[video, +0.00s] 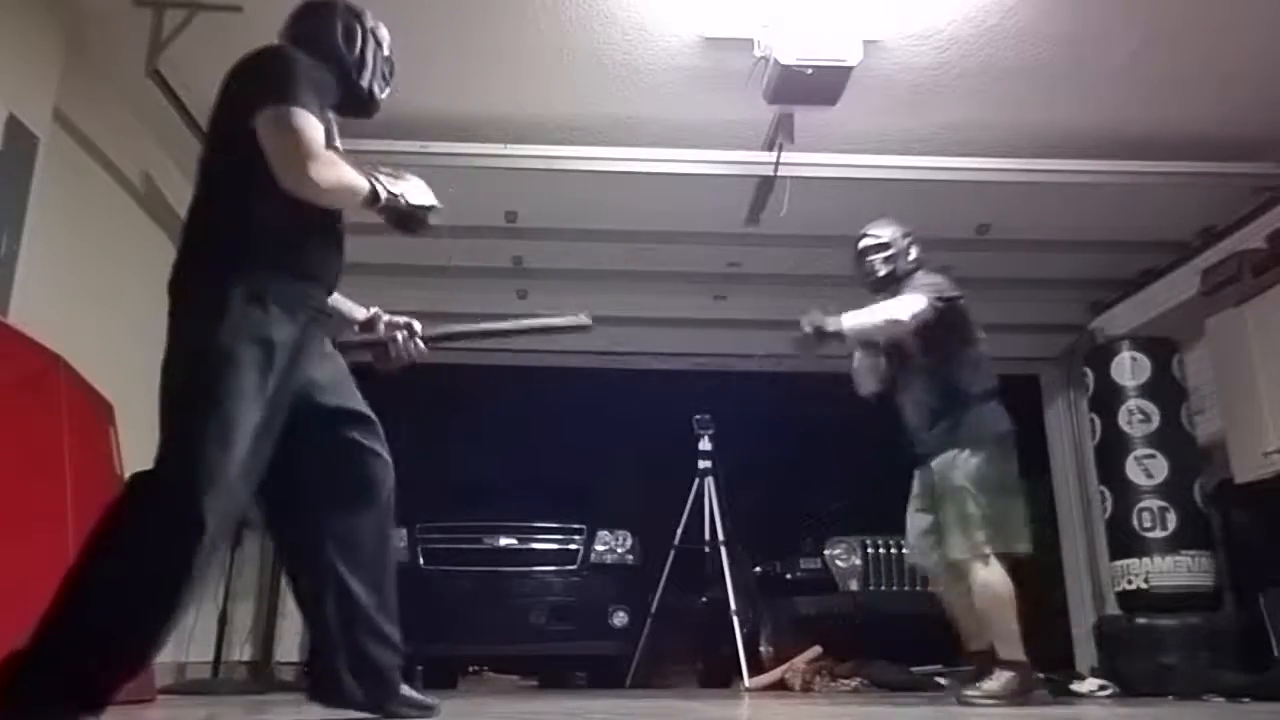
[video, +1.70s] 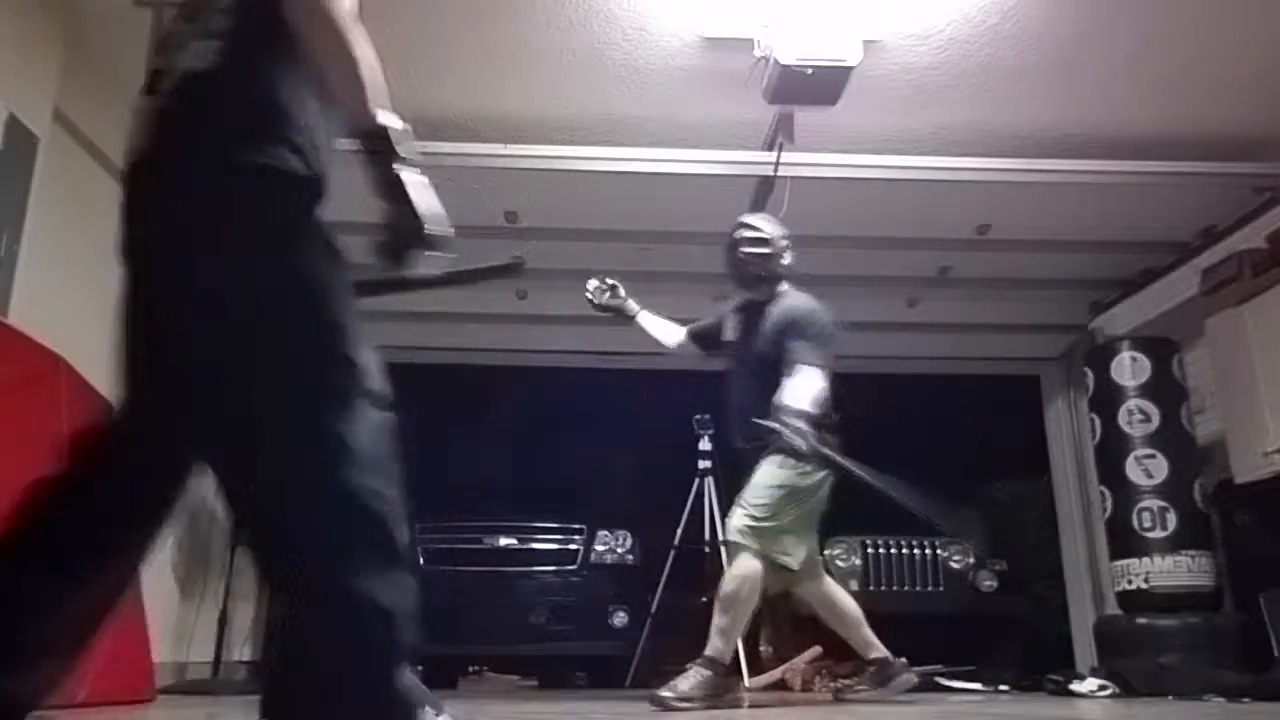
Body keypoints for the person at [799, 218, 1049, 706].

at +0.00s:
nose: (874, 263)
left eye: (882, 252)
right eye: (866, 257)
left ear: (907, 250)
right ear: (861, 266)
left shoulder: (931, 286)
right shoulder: (883, 312)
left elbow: (902, 316)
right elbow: (868, 385)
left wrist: (831, 324)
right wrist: (867, 334)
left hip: (971, 443)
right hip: (935, 452)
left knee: (975, 554)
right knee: (934, 558)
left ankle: (1015, 667)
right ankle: (979, 660)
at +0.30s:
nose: (853, 281)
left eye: (861, 270)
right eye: (846, 274)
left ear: (888, 269)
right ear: (841, 280)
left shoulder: (911, 302)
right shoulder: (853, 322)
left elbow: (900, 354)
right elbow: (815, 381)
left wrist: (838, 377)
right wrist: (839, 324)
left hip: (940, 431)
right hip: (910, 439)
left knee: (899, 527)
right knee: (929, 550)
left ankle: (967, 646)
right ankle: (957, 660)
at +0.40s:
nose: (849, 280)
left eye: (858, 269)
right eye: (840, 273)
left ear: (884, 270)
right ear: (835, 281)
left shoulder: (904, 304)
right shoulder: (846, 329)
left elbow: (893, 351)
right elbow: (825, 383)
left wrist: (839, 371)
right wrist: (812, 335)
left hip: (930, 438)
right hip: (893, 448)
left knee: (892, 531)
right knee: (914, 555)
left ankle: (900, 655)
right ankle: (944, 665)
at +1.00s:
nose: (803, 276)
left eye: (812, 267)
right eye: (794, 270)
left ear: (836, 270)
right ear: (786, 279)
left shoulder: (859, 307)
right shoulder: (798, 325)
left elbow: (862, 348)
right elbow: (773, 396)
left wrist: (797, 348)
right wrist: (770, 351)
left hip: (872, 445)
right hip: (841, 452)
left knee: (815, 524)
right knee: (857, 567)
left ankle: (823, 658)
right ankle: (932, 661)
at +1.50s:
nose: (777, 263)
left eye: (787, 252)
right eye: (767, 254)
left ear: (809, 257)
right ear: (755, 263)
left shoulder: (830, 308)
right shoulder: (762, 318)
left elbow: (836, 366)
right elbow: (738, 353)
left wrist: (777, 361)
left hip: (823, 442)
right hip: (786, 446)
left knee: (767, 515)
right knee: (807, 574)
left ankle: (776, 659)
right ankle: (880, 660)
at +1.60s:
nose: (767, 263)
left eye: (778, 253)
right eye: (757, 254)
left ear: (801, 260)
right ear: (746, 262)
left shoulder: (825, 316)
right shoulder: (745, 320)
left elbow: (847, 381)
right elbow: (697, 338)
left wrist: (819, 419)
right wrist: (656, 308)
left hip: (811, 448)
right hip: (772, 450)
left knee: (751, 523)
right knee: (802, 569)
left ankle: (738, 664)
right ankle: (882, 661)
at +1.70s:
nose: (747, 253)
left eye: (759, 244)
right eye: (740, 245)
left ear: (784, 255)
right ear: (731, 255)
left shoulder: (800, 310)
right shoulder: (737, 317)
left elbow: (808, 375)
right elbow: (679, 339)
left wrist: (792, 414)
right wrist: (628, 307)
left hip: (798, 449)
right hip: (763, 453)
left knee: (744, 535)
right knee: (799, 571)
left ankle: (714, 668)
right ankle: (884, 663)